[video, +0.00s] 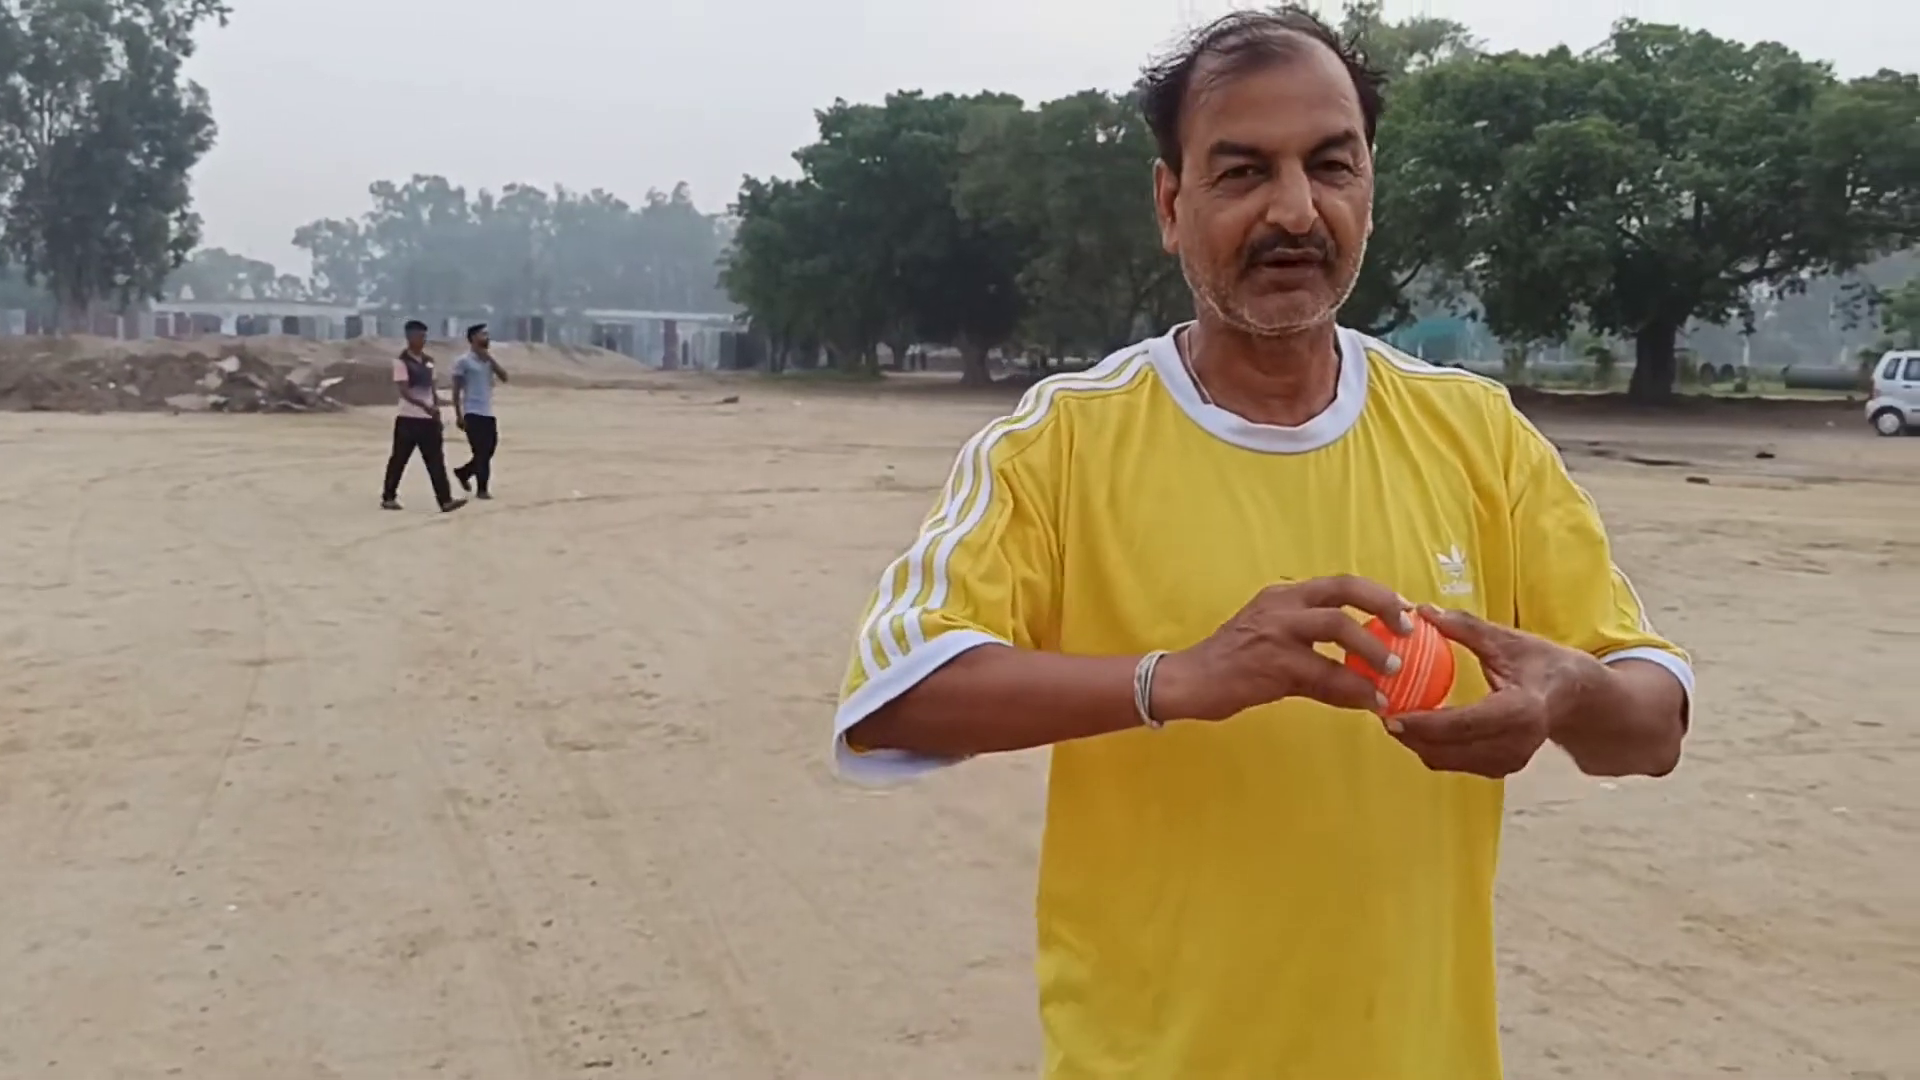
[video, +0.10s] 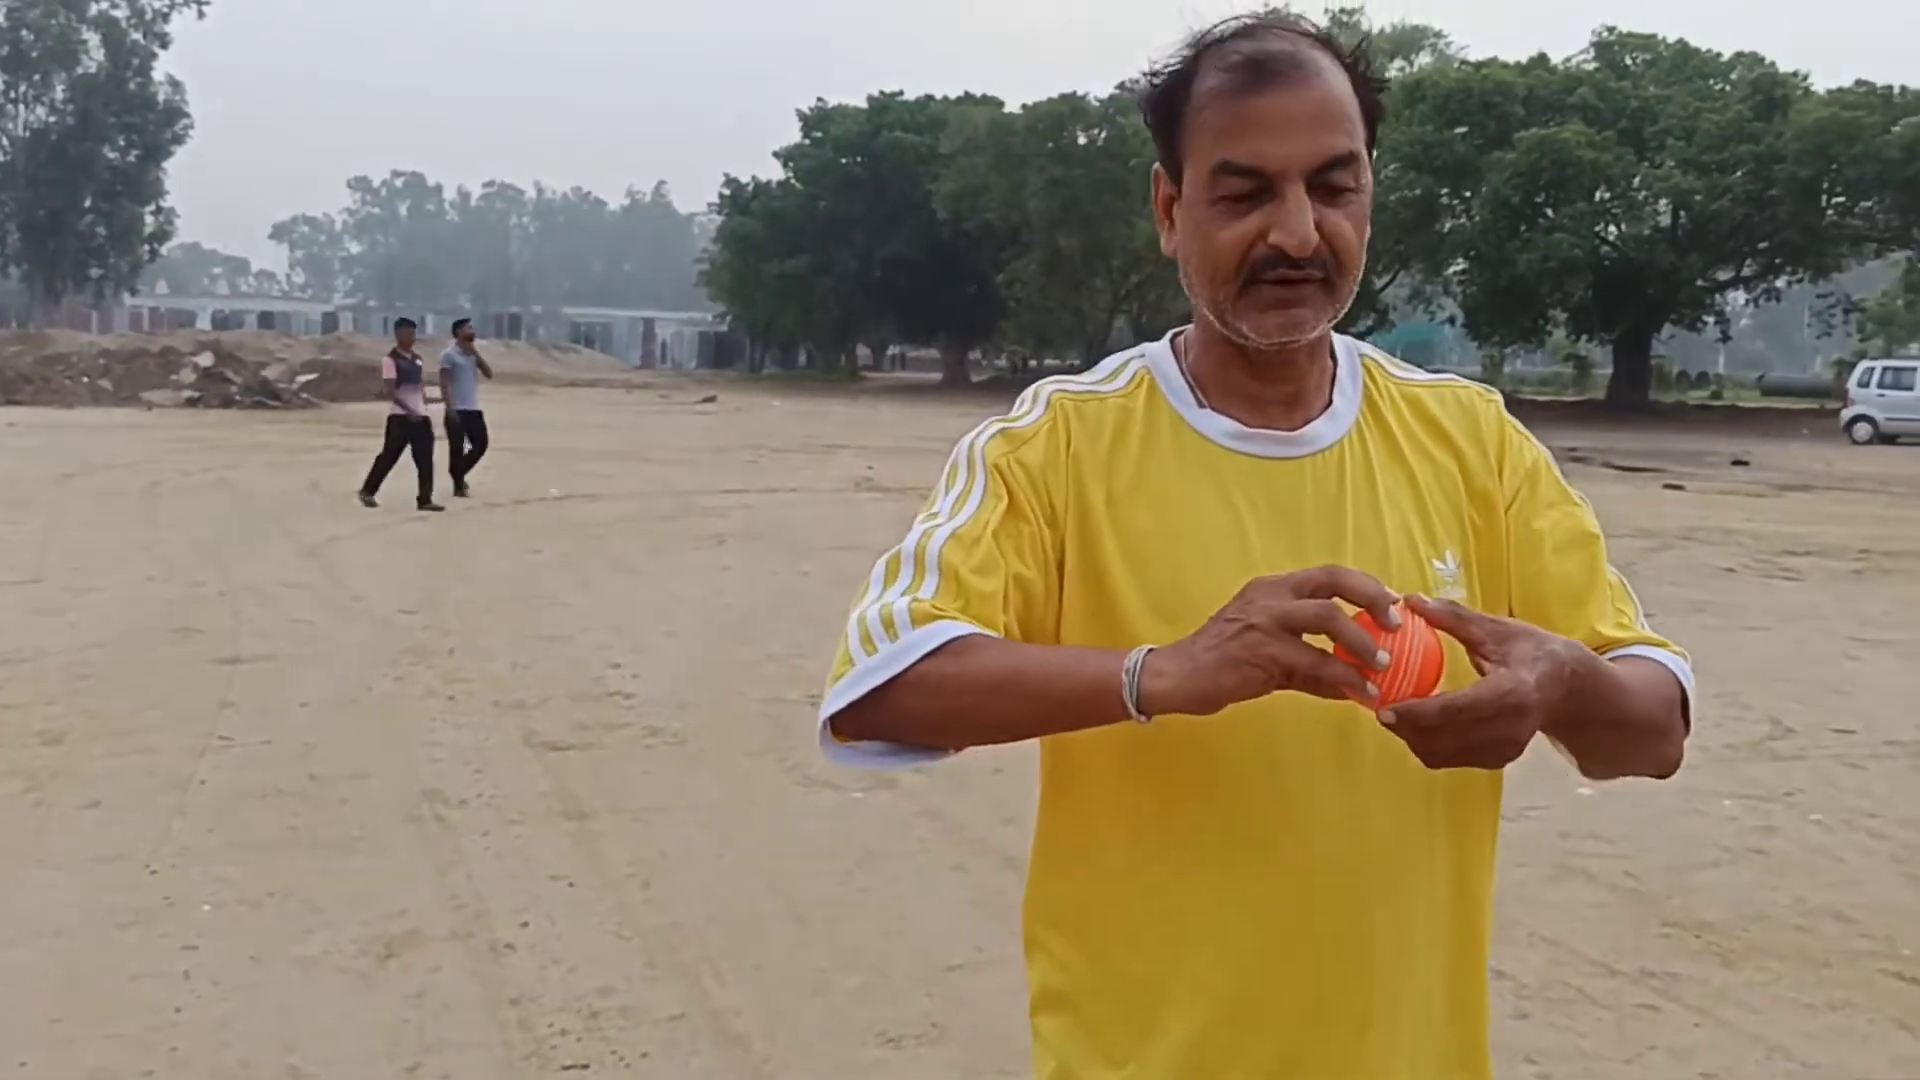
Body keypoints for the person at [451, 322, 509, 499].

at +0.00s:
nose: (487, 338)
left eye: (487, 334)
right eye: (483, 335)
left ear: (486, 338)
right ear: (473, 338)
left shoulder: (487, 360)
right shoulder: (463, 362)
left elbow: (504, 377)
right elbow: (456, 391)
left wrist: (489, 358)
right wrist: (459, 415)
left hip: (488, 412)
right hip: (472, 412)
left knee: (488, 450)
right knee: (481, 452)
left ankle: (465, 471)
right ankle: (482, 488)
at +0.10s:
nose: (472, 332)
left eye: (472, 328)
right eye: (468, 329)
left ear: (471, 332)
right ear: (458, 333)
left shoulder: (472, 353)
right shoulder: (448, 356)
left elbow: (488, 374)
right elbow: (444, 384)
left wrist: (475, 354)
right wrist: (449, 408)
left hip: (473, 408)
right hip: (455, 409)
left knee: (480, 444)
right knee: (456, 449)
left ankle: (459, 471)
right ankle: (458, 485)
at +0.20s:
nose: (462, 331)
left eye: (462, 327)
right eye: (458, 328)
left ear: (461, 330)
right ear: (447, 331)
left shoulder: (461, 351)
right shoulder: (438, 353)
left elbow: (477, 373)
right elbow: (434, 381)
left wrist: (466, 353)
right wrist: (444, 402)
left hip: (462, 407)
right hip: (444, 408)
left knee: (473, 445)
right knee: (441, 450)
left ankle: (462, 480)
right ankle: (440, 485)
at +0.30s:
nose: (458, 337)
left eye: (458, 333)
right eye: (453, 334)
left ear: (457, 337)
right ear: (443, 338)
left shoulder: (457, 358)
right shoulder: (435, 360)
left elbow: (472, 380)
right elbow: (432, 387)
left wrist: (462, 359)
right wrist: (449, 407)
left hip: (457, 415)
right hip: (438, 416)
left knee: (466, 456)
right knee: (432, 457)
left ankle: (474, 490)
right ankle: (428, 490)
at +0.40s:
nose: (457, 348)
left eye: (457, 344)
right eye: (452, 345)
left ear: (457, 347)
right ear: (442, 349)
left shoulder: (456, 370)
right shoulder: (434, 371)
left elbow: (472, 390)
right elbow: (430, 398)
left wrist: (461, 370)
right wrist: (447, 415)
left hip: (456, 427)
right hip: (438, 427)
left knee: (463, 467)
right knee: (427, 466)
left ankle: (469, 502)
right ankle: (418, 497)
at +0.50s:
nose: (462, 356)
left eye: (462, 352)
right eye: (458, 352)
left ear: (461, 356)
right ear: (447, 356)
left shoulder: (460, 377)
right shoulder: (439, 377)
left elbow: (475, 398)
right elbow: (432, 403)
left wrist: (466, 378)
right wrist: (440, 426)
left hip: (462, 433)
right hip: (445, 433)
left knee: (468, 473)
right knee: (436, 471)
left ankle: (464, 510)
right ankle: (415, 500)